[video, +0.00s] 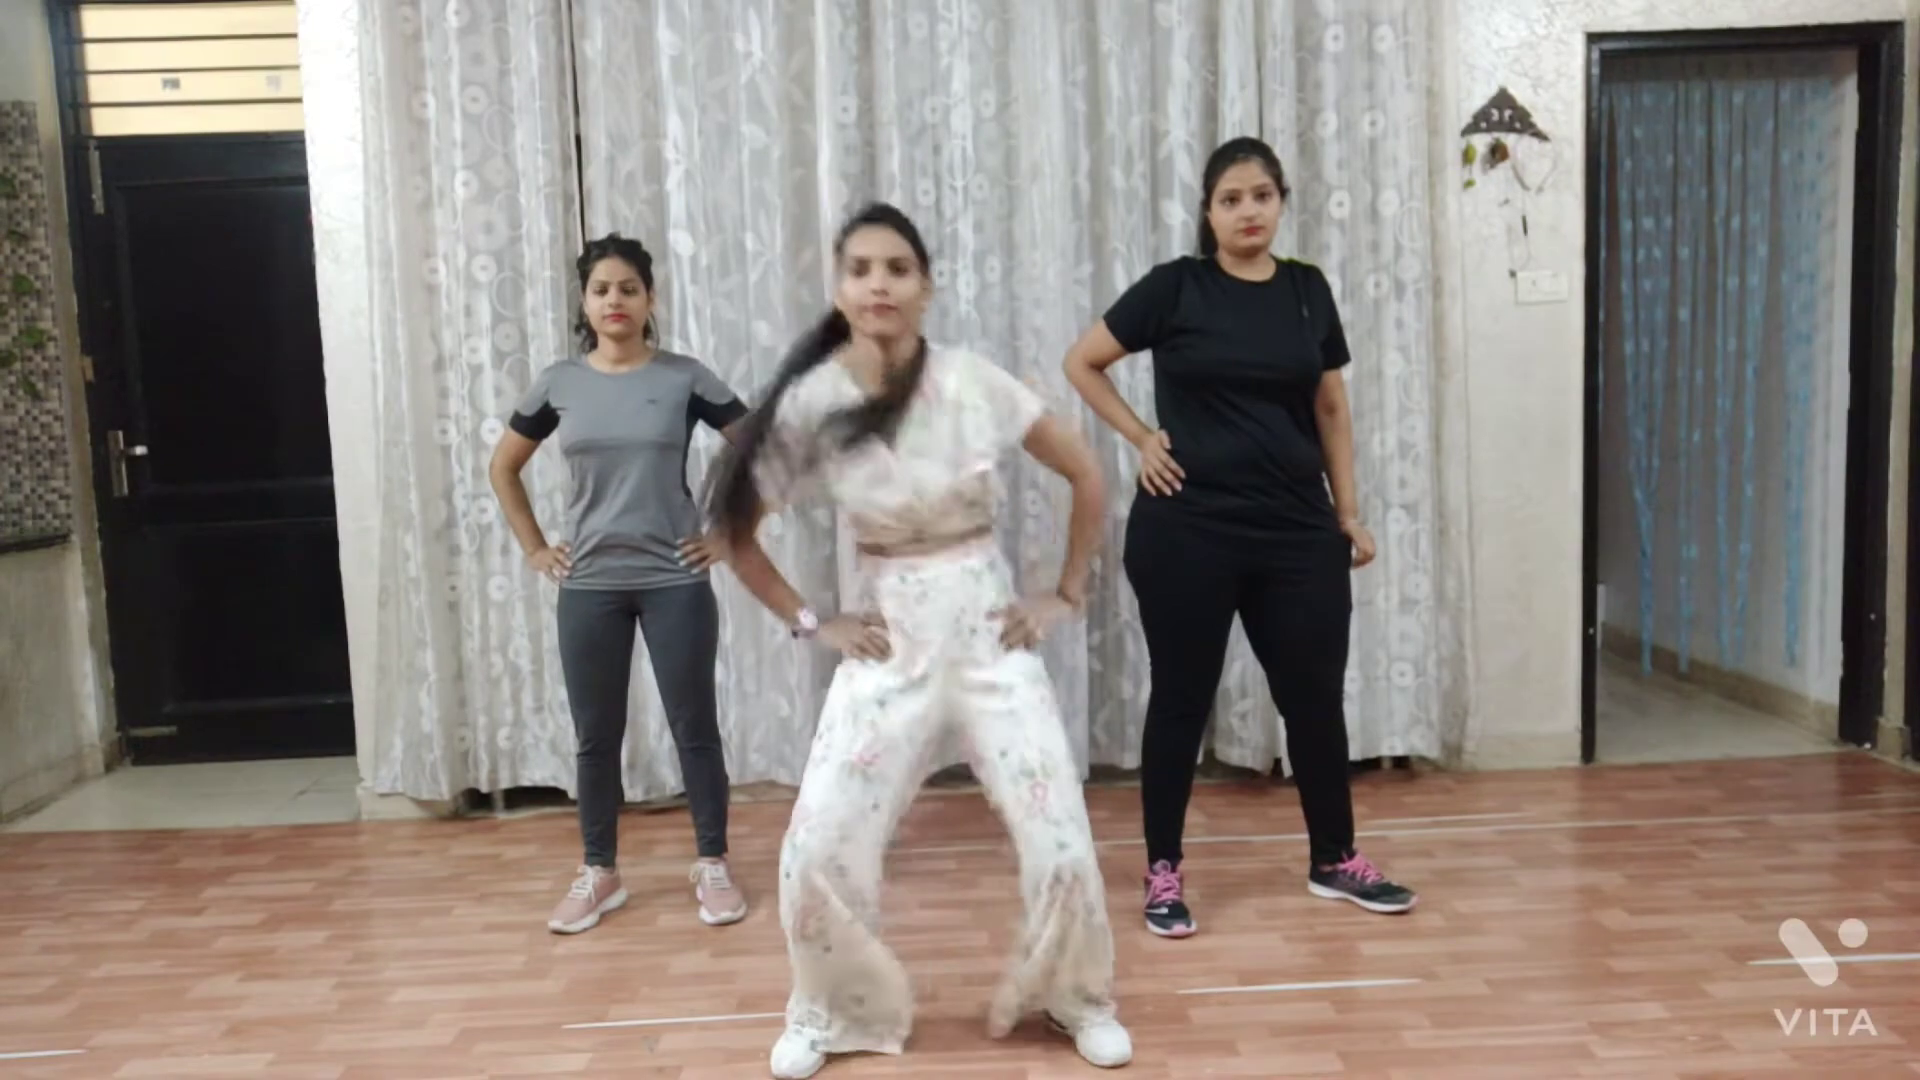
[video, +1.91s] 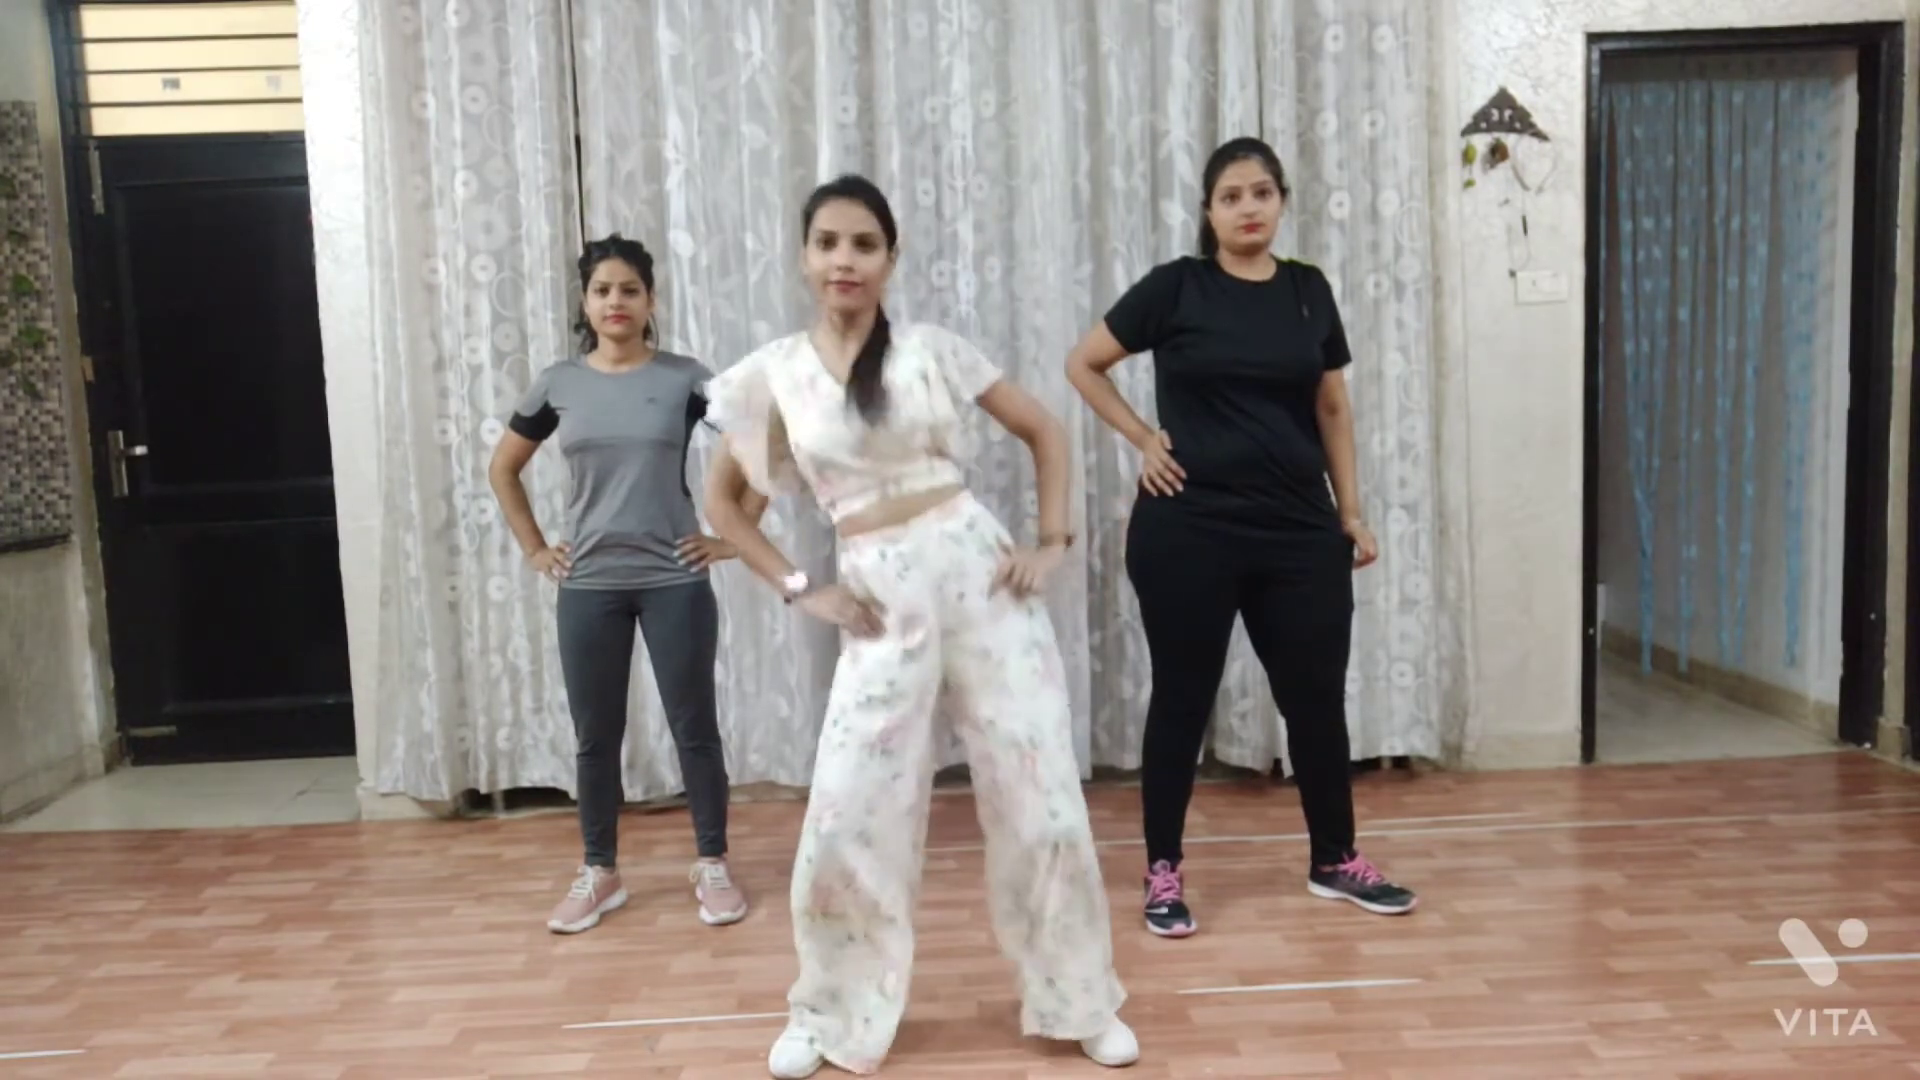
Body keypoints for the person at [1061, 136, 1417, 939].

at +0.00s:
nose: (1249, 211)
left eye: (1262, 196)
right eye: (1232, 198)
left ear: (1282, 204)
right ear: (1208, 209)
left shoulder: (1306, 289)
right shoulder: (1174, 288)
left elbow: (1333, 408)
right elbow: (1081, 363)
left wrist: (1348, 512)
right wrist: (1140, 436)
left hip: (1296, 529)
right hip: (1187, 527)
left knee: (1316, 699)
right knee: (1181, 699)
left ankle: (1335, 860)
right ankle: (1163, 870)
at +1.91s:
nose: (1249, 208)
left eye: (1262, 194)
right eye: (1233, 196)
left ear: (1282, 204)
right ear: (1208, 208)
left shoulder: (1307, 290)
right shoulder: (1175, 288)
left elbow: (1334, 409)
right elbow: (1082, 364)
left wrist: (1349, 512)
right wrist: (1143, 438)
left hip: (1297, 528)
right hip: (1189, 526)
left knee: (1318, 699)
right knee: (1182, 701)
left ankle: (1336, 860)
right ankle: (1163, 870)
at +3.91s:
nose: (1251, 207)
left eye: (1264, 192)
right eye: (1234, 194)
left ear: (1283, 203)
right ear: (1209, 208)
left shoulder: (1308, 290)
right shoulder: (1174, 290)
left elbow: (1334, 409)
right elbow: (1080, 367)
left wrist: (1349, 513)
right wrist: (1140, 438)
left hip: (1298, 531)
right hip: (1192, 528)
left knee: (1317, 702)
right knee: (1180, 704)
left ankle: (1336, 861)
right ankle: (1163, 870)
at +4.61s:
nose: (1343, 190)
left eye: (1357, 180)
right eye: (1327, 181)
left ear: (1379, 204)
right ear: (1303, 206)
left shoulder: (1394, 298)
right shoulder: (1269, 283)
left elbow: (1420, 402)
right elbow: (1159, 358)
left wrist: (1450, 488)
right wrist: (1131, 462)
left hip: (1357, 527)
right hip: (1252, 522)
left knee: (1340, 695)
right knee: (1190, 689)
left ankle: (1334, 859)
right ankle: (1078, 834)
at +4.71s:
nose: (1361, 200)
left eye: (1374, 190)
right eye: (1344, 191)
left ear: (1392, 212)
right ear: (1317, 213)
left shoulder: (1405, 307)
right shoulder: (1284, 278)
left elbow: (1485, 375)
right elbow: (1176, 314)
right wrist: (1152, 404)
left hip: (1358, 528)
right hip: (1256, 520)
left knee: (1336, 692)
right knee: (1195, 689)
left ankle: (1335, 856)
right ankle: (1079, 836)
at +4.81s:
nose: (1370, 204)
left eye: (1383, 194)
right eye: (1353, 194)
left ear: (1397, 215)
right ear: (1323, 214)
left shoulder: (1412, 306)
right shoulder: (1292, 270)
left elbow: (1511, 335)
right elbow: (1229, 278)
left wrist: (1611, 349)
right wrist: (1241, 331)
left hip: (1357, 527)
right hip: (1260, 517)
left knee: (1335, 691)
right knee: (1195, 687)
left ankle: (1335, 856)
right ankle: (1077, 831)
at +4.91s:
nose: (1374, 209)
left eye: (1386, 198)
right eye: (1357, 198)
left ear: (1399, 215)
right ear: (1325, 216)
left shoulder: (1414, 301)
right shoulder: (1296, 269)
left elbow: (1521, 309)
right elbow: (1270, 255)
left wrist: (1617, 296)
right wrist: (1337, 282)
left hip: (1356, 530)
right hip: (1257, 520)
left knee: (1333, 694)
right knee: (1195, 684)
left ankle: (1335, 857)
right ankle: (1075, 831)